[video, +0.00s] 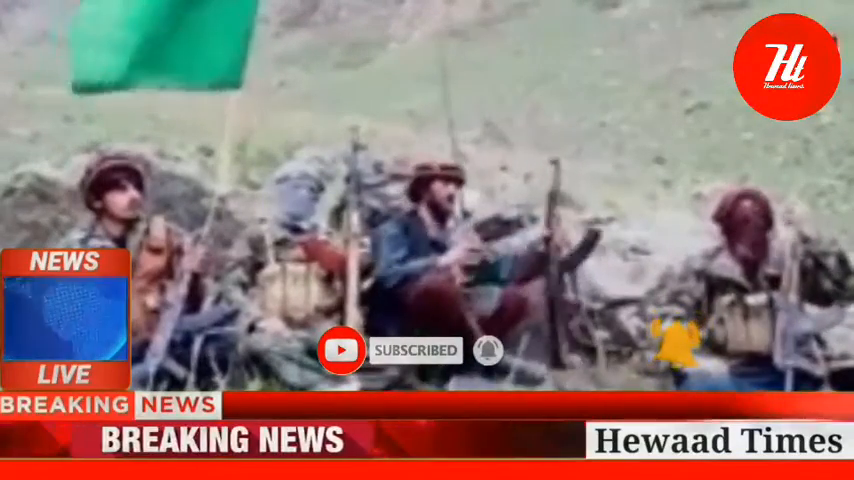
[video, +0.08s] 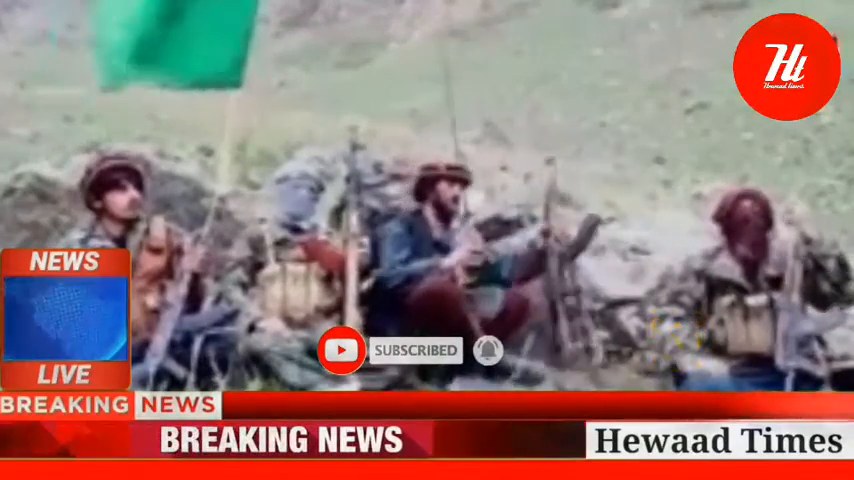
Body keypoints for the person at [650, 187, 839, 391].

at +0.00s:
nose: (754, 235)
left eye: (761, 226)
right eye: (744, 226)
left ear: (769, 228)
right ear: (727, 230)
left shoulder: (788, 263)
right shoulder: (703, 269)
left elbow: (838, 289)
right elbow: (672, 305)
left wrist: (806, 243)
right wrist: (675, 330)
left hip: (795, 368)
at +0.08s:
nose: (752, 236)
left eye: (759, 227)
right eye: (741, 227)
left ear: (769, 229)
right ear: (726, 230)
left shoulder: (789, 264)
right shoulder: (700, 269)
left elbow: (840, 295)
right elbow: (664, 316)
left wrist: (808, 243)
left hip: (786, 366)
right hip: (724, 368)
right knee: (704, 384)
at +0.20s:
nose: (754, 232)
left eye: (761, 224)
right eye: (745, 224)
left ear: (770, 227)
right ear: (728, 229)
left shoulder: (793, 262)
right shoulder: (702, 269)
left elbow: (838, 298)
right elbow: (669, 319)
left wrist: (817, 248)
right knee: (702, 378)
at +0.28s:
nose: (751, 231)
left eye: (758, 223)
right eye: (741, 223)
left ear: (769, 226)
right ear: (727, 228)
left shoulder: (795, 263)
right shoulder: (701, 269)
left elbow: (841, 296)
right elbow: (663, 314)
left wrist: (815, 244)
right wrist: (691, 358)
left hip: (787, 365)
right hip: (725, 368)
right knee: (704, 387)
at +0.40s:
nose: (751, 233)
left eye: (758, 225)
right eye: (741, 225)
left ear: (770, 227)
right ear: (728, 229)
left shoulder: (795, 264)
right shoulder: (701, 269)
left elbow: (839, 299)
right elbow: (662, 314)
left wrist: (822, 246)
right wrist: (693, 360)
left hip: (787, 366)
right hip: (726, 370)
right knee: (704, 387)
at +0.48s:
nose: (752, 234)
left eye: (760, 225)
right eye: (743, 225)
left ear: (771, 228)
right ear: (729, 229)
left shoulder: (795, 265)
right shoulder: (703, 270)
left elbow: (836, 299)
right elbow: (664, 315)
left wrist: (821, 246)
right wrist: (692, 358)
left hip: (787, 366)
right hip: (726, 369)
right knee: (702, 387)